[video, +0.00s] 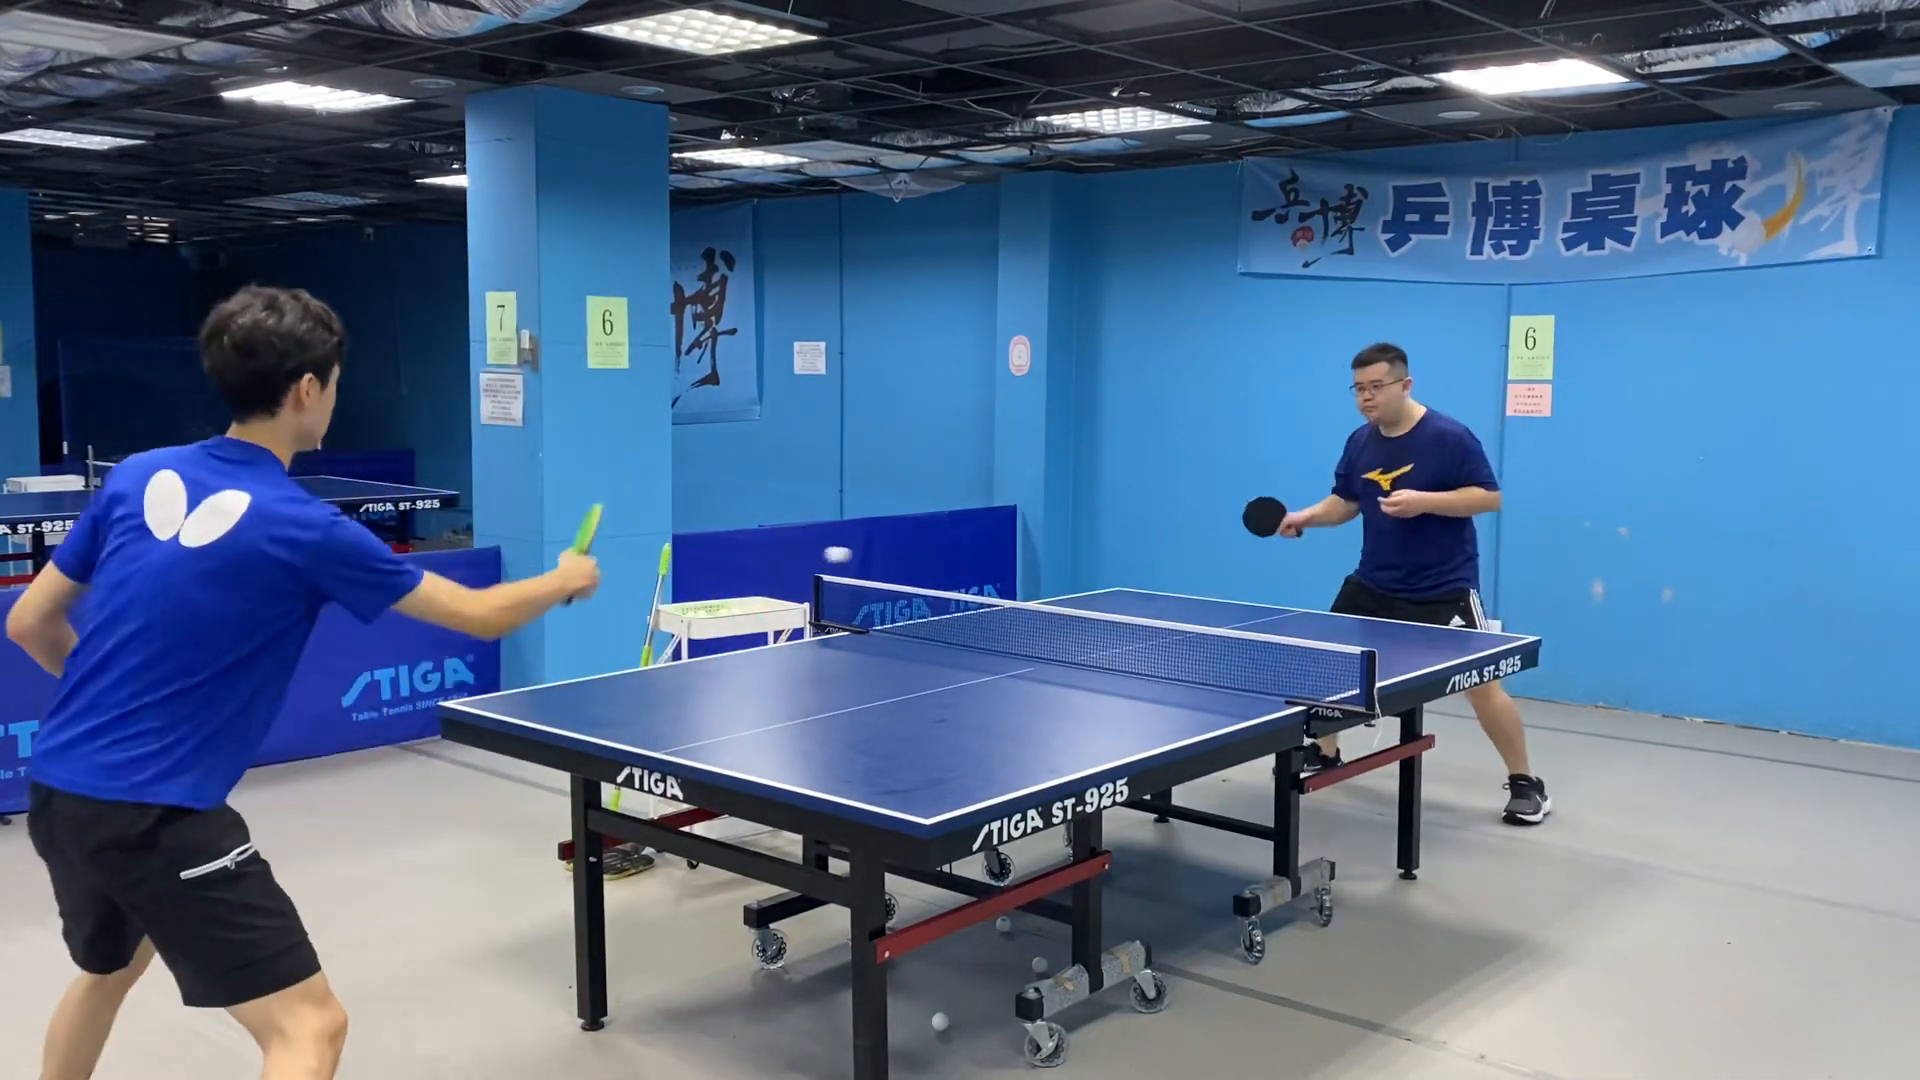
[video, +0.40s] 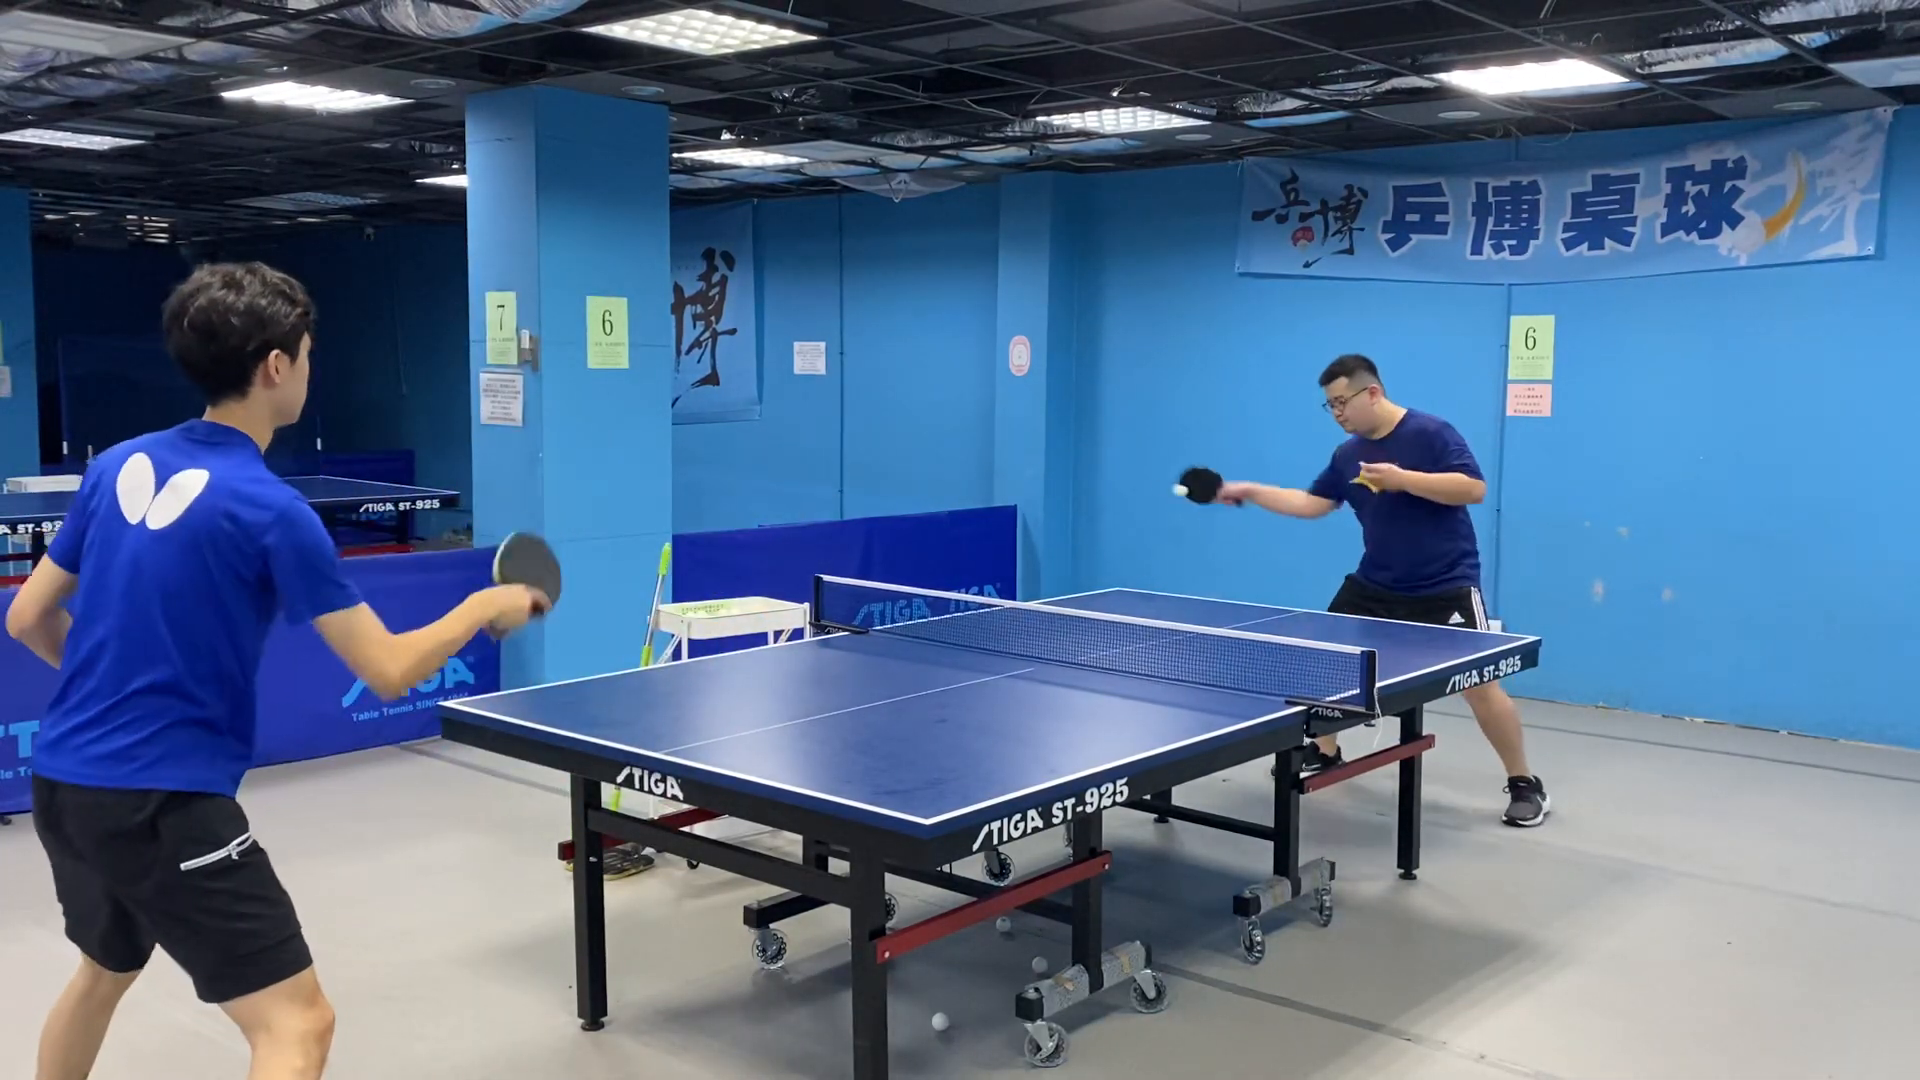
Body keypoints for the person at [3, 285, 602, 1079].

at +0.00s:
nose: (333, 401)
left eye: (332, 382)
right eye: (331, 382)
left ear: (230, 381)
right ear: (303, 390)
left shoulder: (136, 478)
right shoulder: (303, 525)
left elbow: (30, 622)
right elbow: (482, 614)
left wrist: (114, 695)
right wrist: (566, 580)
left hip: (61, 792)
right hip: (157, 810)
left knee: (112, 955)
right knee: (306, 1028)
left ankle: (53, 1076)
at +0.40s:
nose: (309, 370)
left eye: (306, 351)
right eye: (305, 352)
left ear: (202, 361)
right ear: (273, 366)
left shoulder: (118, 466)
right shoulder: (272, 510)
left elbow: (31, 616)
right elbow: (389, 669)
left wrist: (113, 677)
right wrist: (485, 608)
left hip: (64, 782)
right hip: (164, 801)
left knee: (105, 962)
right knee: (293, 1025)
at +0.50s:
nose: (324, 387)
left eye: (324, 368)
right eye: (322, 367)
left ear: (217, 370)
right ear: (286, 376)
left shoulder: (146, 466)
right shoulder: (246, 522)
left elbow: (59, 613)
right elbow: (288, 720)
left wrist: (194, 693)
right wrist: (428, 694)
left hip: (65, 775)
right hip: (144, 797)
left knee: (114, 970)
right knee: (280, 1026)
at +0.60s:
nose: (339, 417)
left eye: (340, 398)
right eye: (336, 398)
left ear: (245, 400)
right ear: (294, 406)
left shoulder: (181, 481)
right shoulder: (219, 543)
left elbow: (134, 647)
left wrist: (213, 713)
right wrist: (344, 764)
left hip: (76, 790)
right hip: (129, 813)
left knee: (134, 983)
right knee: (279, 1025)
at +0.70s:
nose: (354, 453)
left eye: (355, 434)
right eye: (347, 433)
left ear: (287, 433)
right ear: (294, 434)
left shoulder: (210, 515)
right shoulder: (201, 560)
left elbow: (183, 704)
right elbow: (168, 761)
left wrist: (269, 774)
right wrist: (319, 786)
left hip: (90, 807)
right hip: (102, 824)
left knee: (162, 975)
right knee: (278, 1030)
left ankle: (81, 1077)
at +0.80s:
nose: (362, 470)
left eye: (365, 452)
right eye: (357, 451)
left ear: (297, 447)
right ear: (301, 447)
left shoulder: (193, 507)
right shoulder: (212, 554)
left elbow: (122, 655)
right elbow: (292, 747)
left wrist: (198, 747)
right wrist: (463, 723)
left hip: (64, 802)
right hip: (92, 826)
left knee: (146, 981)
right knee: (270, 1028)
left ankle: (75, 1078)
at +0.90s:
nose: (369, 485)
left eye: (375, 466)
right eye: (367, 462)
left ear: (297, 449)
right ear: (313, 454)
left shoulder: (185, 504)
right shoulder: (232, 565)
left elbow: (75, 626)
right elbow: (414, 676)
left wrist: (182, 733)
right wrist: (539, 580)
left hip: (43, 801)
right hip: (93, 828)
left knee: (134, 983)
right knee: (274, 1029)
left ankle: (65, 1077)